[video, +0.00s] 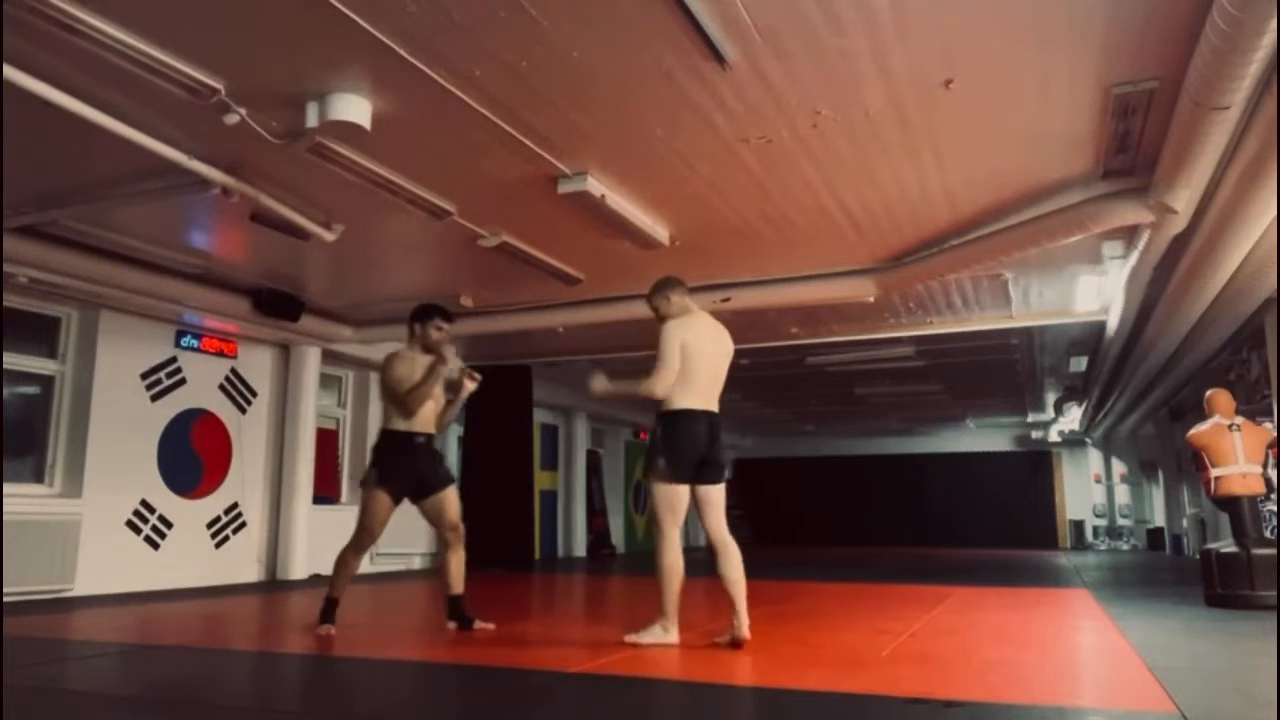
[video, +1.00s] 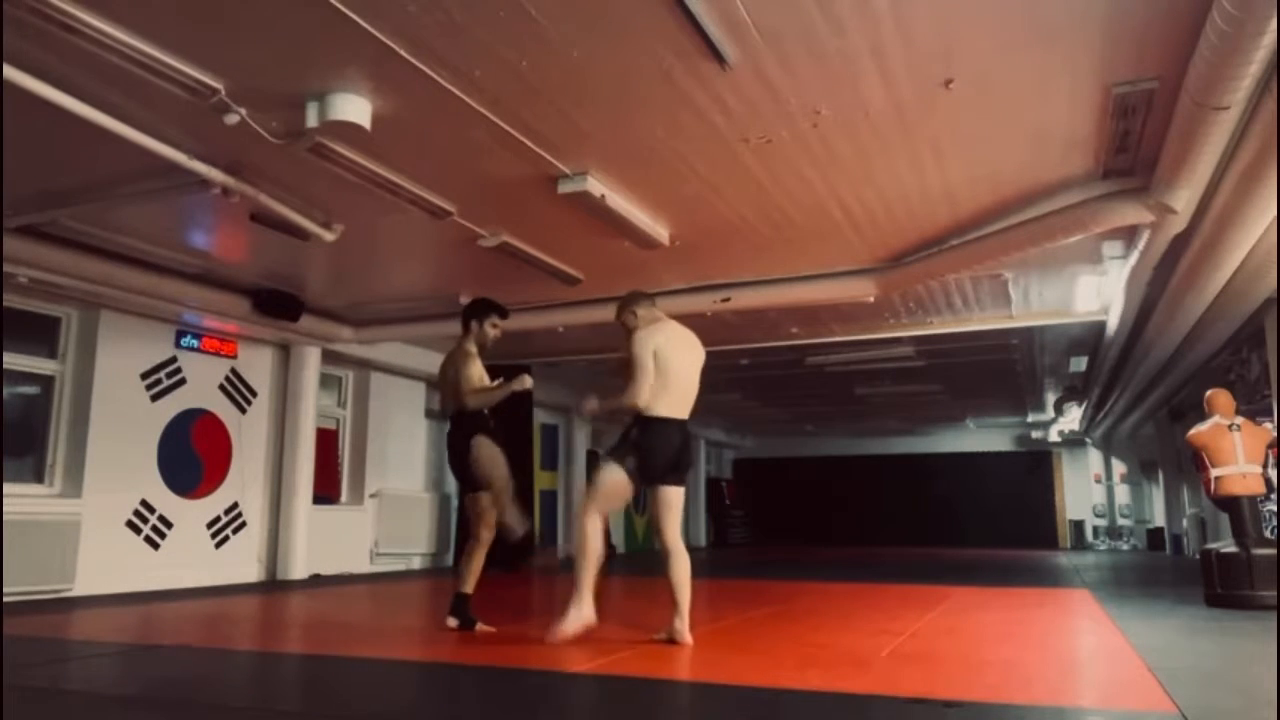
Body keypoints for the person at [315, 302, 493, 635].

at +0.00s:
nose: (443, 336)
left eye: (446, 332)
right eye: (437, 329)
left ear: (445, 335)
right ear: (416, 328)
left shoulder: (439, 368)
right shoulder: (397, 360)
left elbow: (438, 423)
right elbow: (408, 404)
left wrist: (461, 396)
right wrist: (438, 366)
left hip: (426, 455)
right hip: (393, 452)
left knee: (454, 530)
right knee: (365, 536)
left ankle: (457, 609)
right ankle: (329, 610)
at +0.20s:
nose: (471, 335)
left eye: (473, 329)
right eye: (465, 327)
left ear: (472, 332)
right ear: (446, 326)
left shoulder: (462, 366)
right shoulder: (430, 358)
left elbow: (463, 419)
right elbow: (443, 401)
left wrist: (489, 393)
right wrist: (472, 369)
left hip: (457, 446)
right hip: (428, 441)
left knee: (471, 529)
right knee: (424, 505)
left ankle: (459, 609)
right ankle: (370, 560)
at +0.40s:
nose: (481, 333)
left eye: (483, 328)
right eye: (476, 326)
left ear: (478, 330)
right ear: (457, 324)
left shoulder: (467, 362)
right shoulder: (446, 356)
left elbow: (475, 411)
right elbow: (445, 401)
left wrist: (497, 384)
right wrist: (483, 375)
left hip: (467, 439)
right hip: (453, 433)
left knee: (479, 529)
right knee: (512, 449)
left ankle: (462, 605)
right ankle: (460, 503)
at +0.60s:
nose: (489, 336)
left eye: (491, 330)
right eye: (485, 329)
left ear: (475, 331)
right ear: (465, 327)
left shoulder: (466, 363)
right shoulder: (455, 359)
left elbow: (456, 408)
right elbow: (448, 398)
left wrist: (485, 399)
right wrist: (489, 385)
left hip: (475, 446)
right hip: (475, 435)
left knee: (486, 531)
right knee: (549, 417)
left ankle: (461, 608)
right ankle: (561, 457)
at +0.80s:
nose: (497, 337)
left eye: (498, 330)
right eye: (493, 329)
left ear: (471, 329)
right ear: (472, 326)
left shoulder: (452, 361)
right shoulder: (466, 356)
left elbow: (448, 403)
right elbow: (468, 397)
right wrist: (510, 386)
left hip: (470, 445)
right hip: (481, 435)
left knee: (487, 531)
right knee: (547, 424)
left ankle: (461, 609)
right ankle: (588, 471)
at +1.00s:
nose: (498, 334)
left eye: (500, 328)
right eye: (494, 326)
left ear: (473, 328)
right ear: (475, 324)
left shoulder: (452, 360)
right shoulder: (468, 357)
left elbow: (443, 402)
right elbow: (470, 398)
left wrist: (486, 393)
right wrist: (510, 387)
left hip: (460, 438)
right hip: (475, 437)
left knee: (483, 528)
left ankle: (462, 604)